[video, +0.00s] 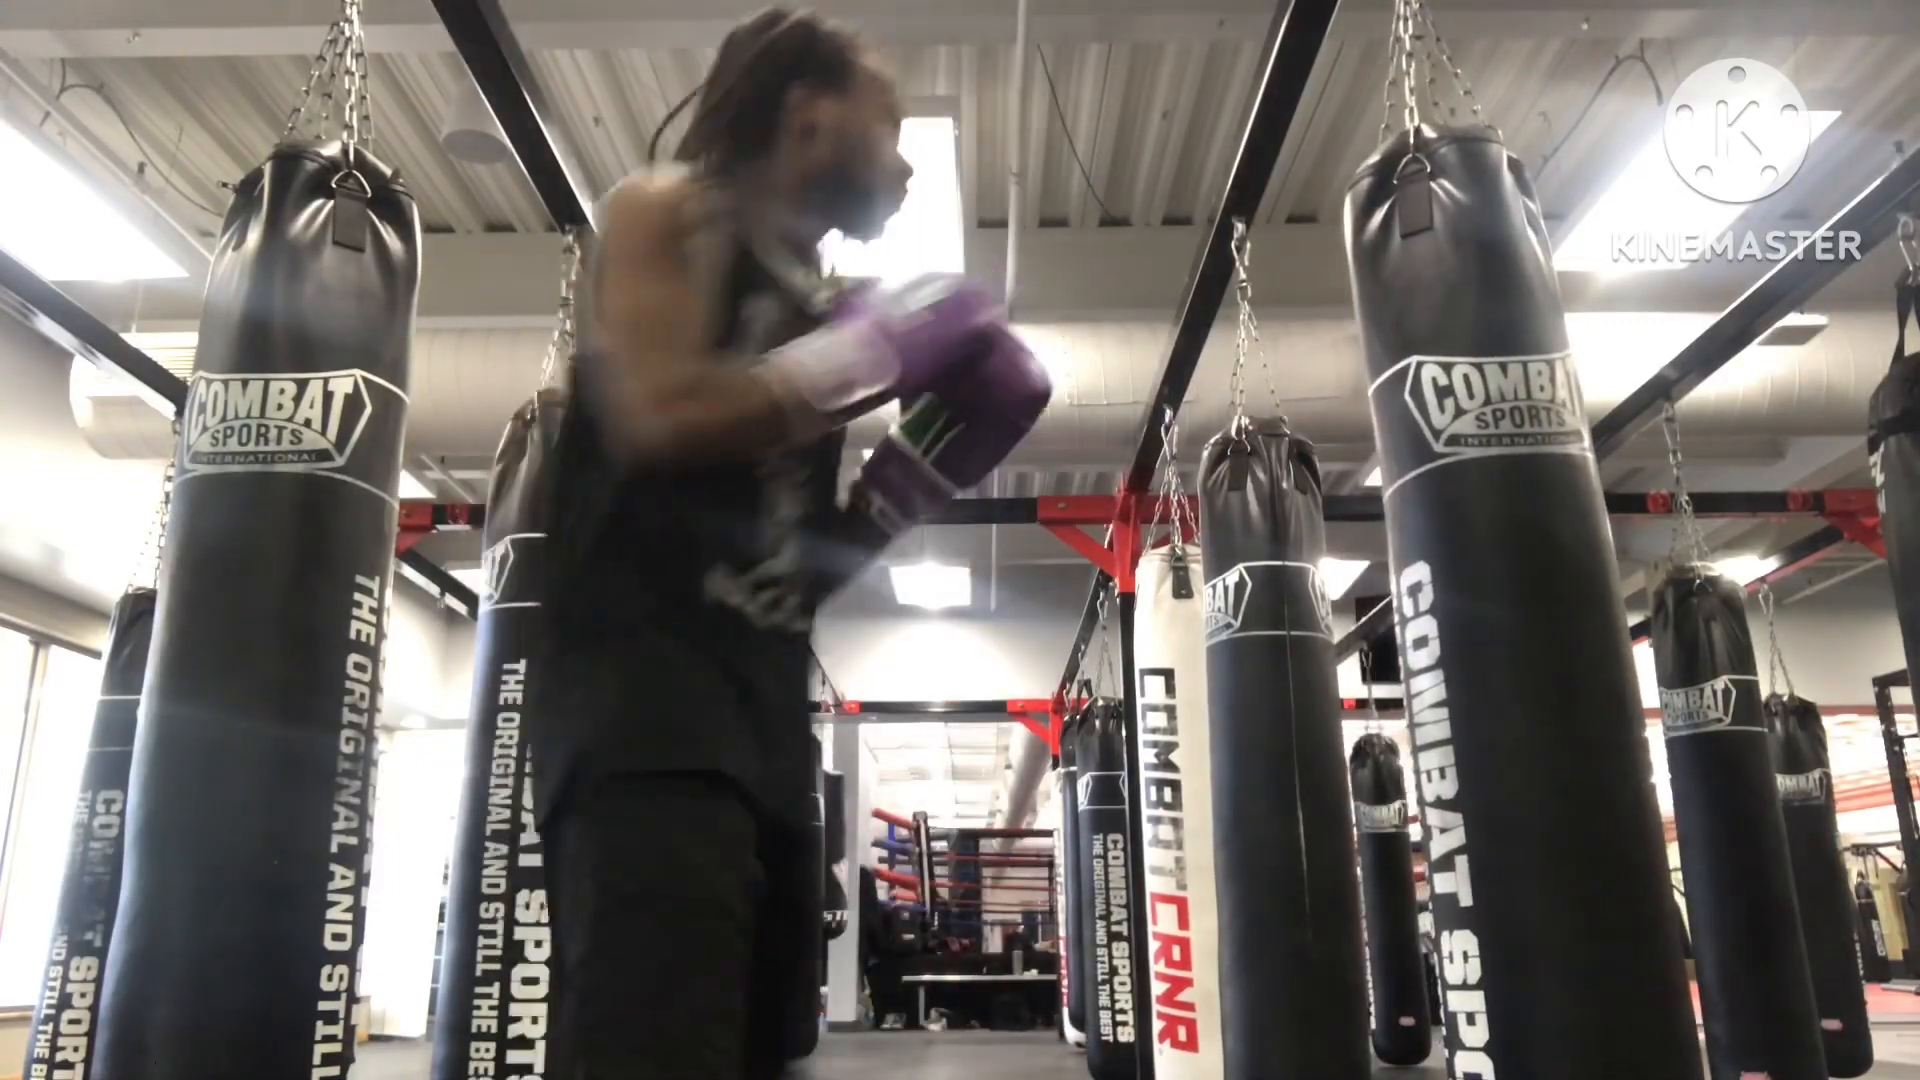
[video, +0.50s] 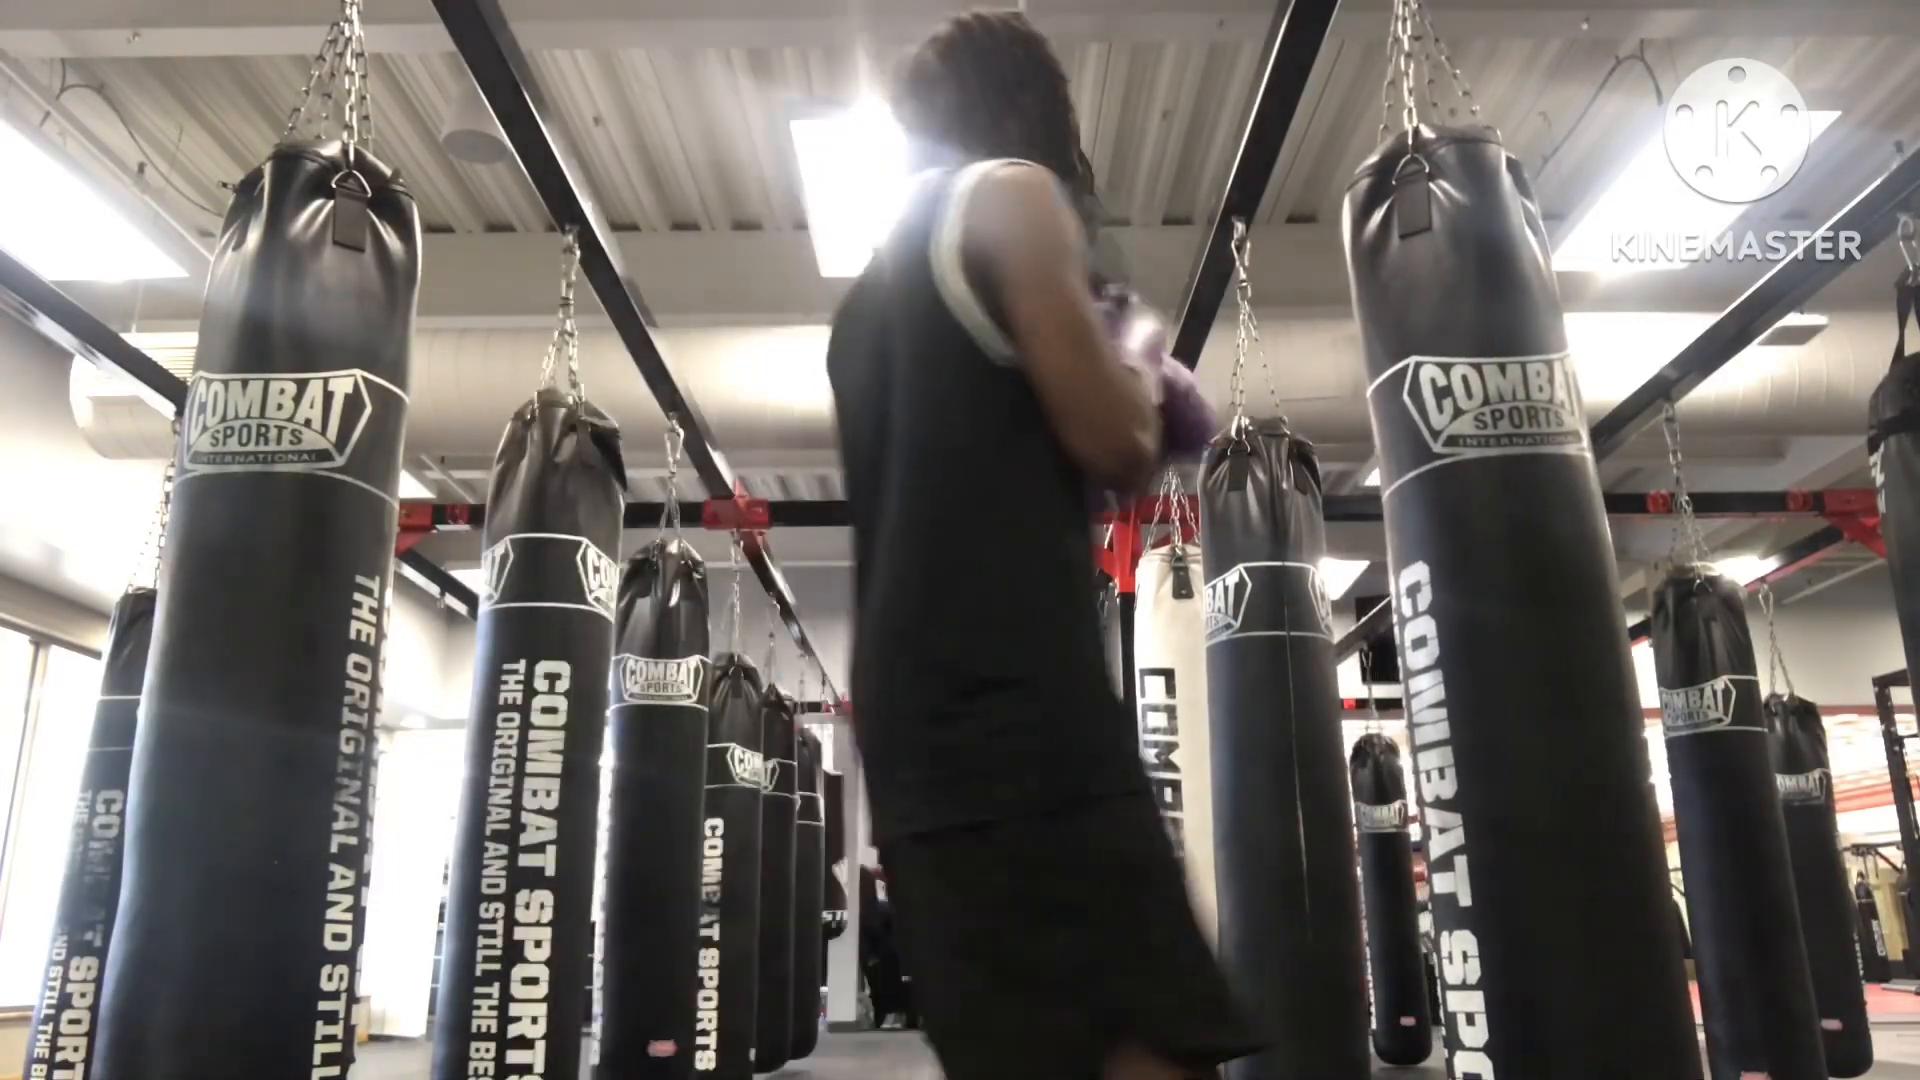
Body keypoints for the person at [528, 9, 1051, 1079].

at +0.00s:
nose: (904, 162)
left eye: (900, 133)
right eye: (887, 125)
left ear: (819, 125)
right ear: (809, 113)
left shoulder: (820, 306)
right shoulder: (662, 210)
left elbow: (783, 571)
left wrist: (911, 475)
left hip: (758, 724)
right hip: (643, 713)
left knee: (753, 1040)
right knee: (653, 1042)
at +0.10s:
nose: (946, 144)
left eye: (946, 115)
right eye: (932, 110)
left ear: (849, 97)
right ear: (862, 83)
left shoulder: (783, 212)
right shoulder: (760, 156)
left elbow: (821, 480)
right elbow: (829, 362)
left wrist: (975, 407)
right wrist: (975, 330)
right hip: (719, 658)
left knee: (843, 1020)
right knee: (699, 1024)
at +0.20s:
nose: (950, 137)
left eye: (950, 117)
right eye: (944, 110)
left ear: (815, 81)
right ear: (915, 85)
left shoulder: (781, 217)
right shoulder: (858, 141)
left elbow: (852, 469)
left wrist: (999, 362)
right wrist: (1056, 355)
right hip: (788, 689)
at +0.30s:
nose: (1000, 129)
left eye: (1003, 104)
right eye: (994, 100)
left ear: (859, 96)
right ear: (959, 87)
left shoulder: (805, 247)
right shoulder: (926, 158)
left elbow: (883, 456)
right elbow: (1054, 400)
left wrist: (1019, 359)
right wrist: (1091, 348)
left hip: (784, 738)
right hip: (875, 739)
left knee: (791, 1036)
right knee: (913, 1035)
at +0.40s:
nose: (1031, 145)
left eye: (1034, 125)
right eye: (1025, 119)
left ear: (898, 114)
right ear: (990, 103)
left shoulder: (840, 281)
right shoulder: (967, 180)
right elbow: (1085, 431)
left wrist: (1054, 368)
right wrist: (1109, 370)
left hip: (870, 752)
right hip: (966, 745)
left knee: (906, 1047)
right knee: (1013, 1046)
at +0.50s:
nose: (1070, 131)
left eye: (1062, 112)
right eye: (1061, 106)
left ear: (919, 119)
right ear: (1035, 101)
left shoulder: (874, 278)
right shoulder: (1008, 195)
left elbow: (968, 480)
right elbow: (1121, 444)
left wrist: (1126, 401)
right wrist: (1133, 347)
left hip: (919, 732)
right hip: (1025, 723)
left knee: (1006, 1043)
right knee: (1160, 1031)